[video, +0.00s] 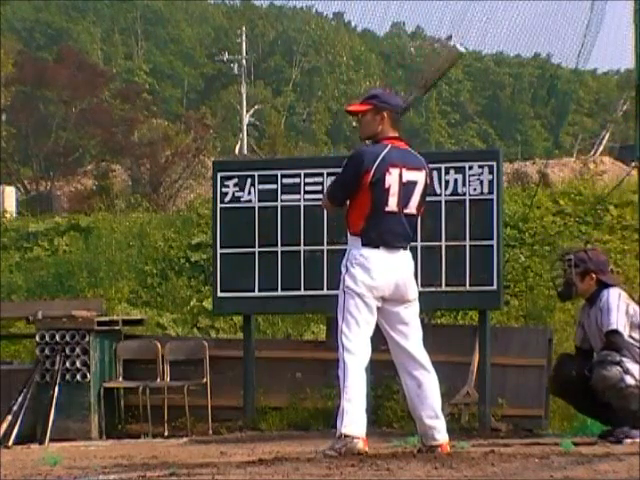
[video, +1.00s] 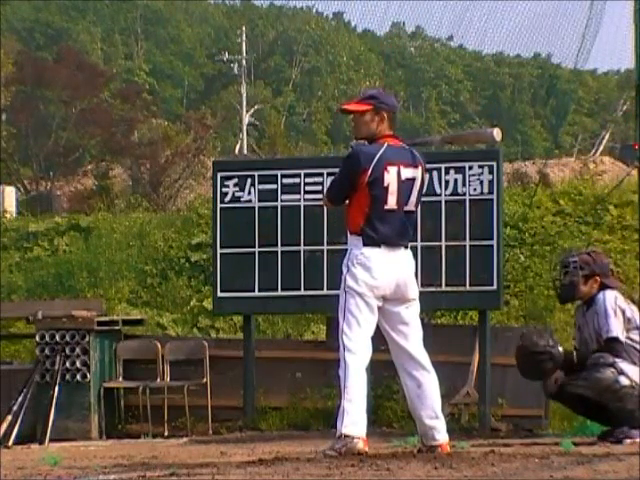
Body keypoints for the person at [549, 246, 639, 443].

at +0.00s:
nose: (566, 281)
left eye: (572, 276)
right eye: (566, 276)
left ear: (591, 278)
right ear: (589, 279)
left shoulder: (611, 297)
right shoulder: (586, 310)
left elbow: (616, 343)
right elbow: (583, 353)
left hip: (635, 371)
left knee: (605, 368)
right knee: (563, 372)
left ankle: (632, 426)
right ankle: (618, 424)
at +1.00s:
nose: (566, 282)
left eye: (574, 277)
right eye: (566, 276)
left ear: (595, 282)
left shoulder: (607, 299)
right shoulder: (581, 311)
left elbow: (615, 349)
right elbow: (584, 356)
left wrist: (570, 362)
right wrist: (559, 367)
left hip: (634, 371)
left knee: (601, 370)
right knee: (557, 385)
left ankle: (632, 425)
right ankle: (618, 424)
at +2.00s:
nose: (571, 282)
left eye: (579, 276)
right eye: (571, 275)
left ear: (601, 281)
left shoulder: (615, 299)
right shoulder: (591, 307)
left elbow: (622, 349)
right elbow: (603, 348)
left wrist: (582, 349)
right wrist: (566, 360)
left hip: (634, 371)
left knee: (606, 367)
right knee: (559, 378)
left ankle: (633, 425)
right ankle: (617, 423)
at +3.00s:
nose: (577, 279)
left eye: (584, 273)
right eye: (577, 274)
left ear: (607, 278)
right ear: (604, 279)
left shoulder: (621, 299)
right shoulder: (598, 307)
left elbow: (623, 351)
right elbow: (592, 346)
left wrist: (577, 353)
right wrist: (565, 343)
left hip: (635, 375)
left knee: (605, 367)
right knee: (557, 379)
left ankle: (634, 426)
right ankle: (619, 424)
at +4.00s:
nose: (566, 264)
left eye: (574, 259)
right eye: (566, 258)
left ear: (594, 266)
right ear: (593, 266)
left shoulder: (602, 288)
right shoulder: (589, 290)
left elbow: (574, 318)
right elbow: (568, 310)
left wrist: (554, 310)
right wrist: (555, 311)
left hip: (633, 371)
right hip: (621, 368)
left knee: (567, 363)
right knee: (556, 373)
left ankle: (611, 428)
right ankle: (620, 421)